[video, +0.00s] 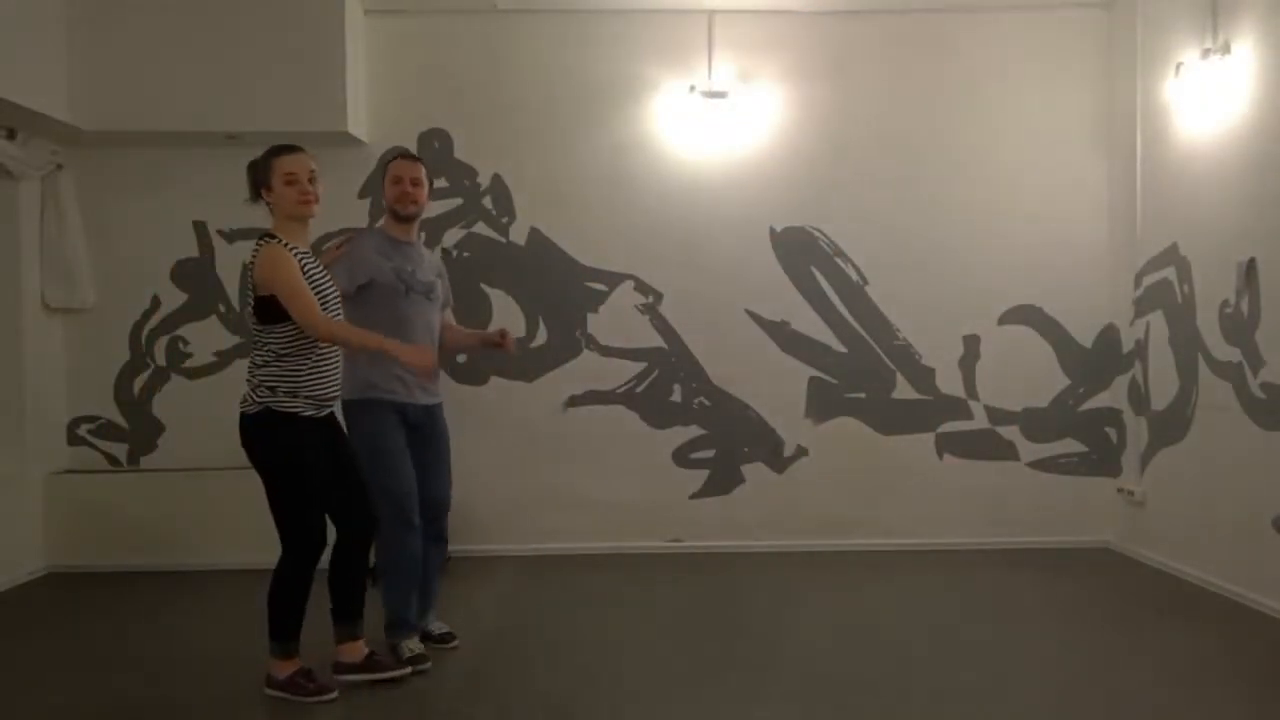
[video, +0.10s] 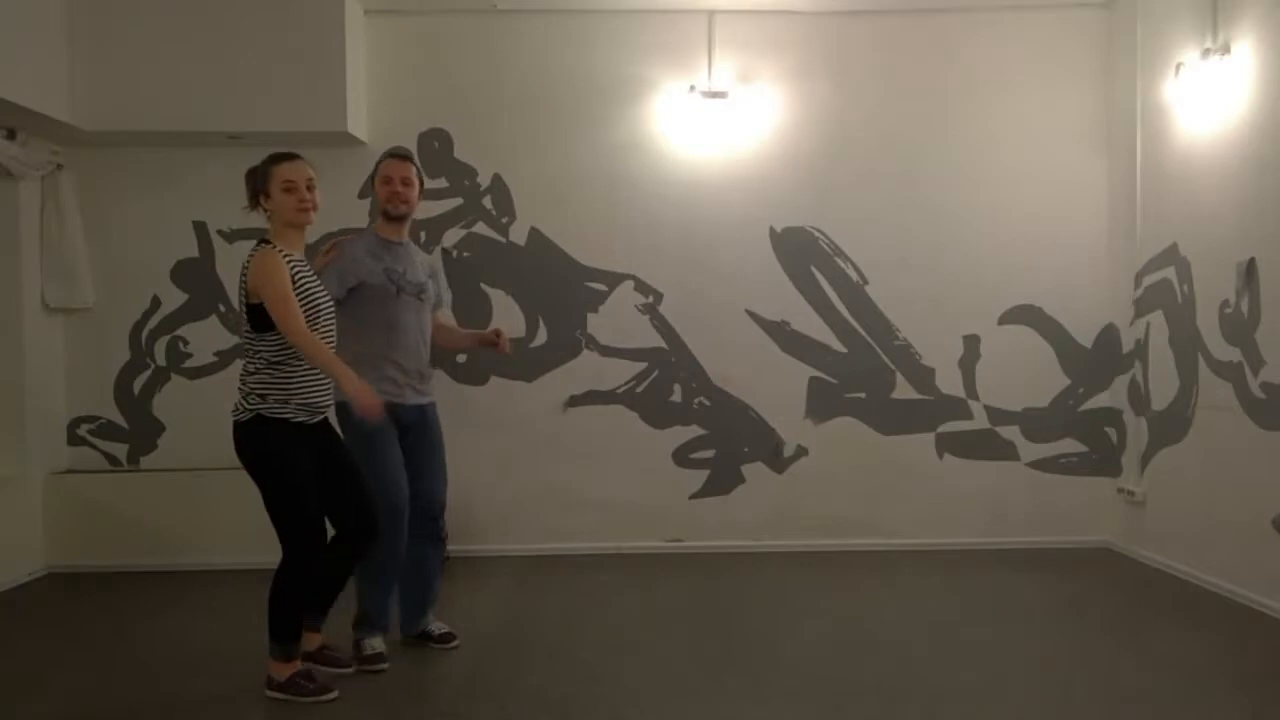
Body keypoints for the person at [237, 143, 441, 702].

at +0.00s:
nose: (307, 189)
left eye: (312, 180)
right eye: (292, 182)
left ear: (319, 189)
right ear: (267, 194)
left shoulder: (300, 254)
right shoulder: (273, 255)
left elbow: (294, 315)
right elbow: (314, 323)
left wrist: (324, 263)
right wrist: (396, 348)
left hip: (316, 417)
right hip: (277, 420)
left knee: (357, 524)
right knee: (304, 541)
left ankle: (350, 651)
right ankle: (282, 665)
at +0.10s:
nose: (303, 196)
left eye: (308, 187)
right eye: (288, 188)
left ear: (317, 196)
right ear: (264, 201)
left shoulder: (296, 260)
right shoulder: (268, 259)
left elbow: (296, 327)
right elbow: (296, 332)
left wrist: (317, 265)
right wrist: (353, 381)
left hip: (308, 421)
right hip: (269, 424)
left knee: (359, 527)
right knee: (303, 544)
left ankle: (305, 636)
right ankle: (282, 666)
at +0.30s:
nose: (298, 198)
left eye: (304, 190)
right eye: (283, 190)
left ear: (308, 199)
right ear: (256, 201)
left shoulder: (285, 257)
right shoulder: (253, 254)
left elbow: (272, 329)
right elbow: (220, 330)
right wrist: (193, 402)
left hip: (290, 417)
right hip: (260, 418)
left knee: (296, 536)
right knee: (290, 538)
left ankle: (219, 621)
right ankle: (283, 665)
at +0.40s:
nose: (293, 206)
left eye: (297, 198)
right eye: (279, 198)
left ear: (301, 208)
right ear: (250, 208)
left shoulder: (269, 264)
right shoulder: (246, 256)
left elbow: (234, 329)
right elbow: (191, 324)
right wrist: (143, 386)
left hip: (266, 420)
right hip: (253, 422)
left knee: (256, 541)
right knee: (291, 539)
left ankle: (194, 643)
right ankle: (283, 665)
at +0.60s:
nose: (278, 207)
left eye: (276, 198)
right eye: (268, 200)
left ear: (244, 211)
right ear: (239, 209)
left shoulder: (239, 263)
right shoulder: (223, 257)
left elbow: (199, 333)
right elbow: (168, 326)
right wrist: (120, 384)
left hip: (220, 418)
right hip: (207, 419)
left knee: (224, 538)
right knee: (261, 529)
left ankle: (184, 650)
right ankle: (269, 663)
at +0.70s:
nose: (260, 212)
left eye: (257, 203)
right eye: (251, 204)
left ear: (224, 214)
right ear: (225, 213)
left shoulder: (222, 267)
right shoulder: (206, 266)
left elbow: (191, 342)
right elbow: (169, 339)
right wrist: (149, 412)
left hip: (204, 424)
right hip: (193, 425)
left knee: (220, 538)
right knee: (238, 538)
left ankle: (182, 652)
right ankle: (214, 660)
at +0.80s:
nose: (241, 209)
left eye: (238, 200)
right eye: (234, 201)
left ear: (206, 211)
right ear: (207, 211)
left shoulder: (210, 262)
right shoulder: (185, 261)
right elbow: (163, 339)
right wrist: (203, 415)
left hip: (192, 422)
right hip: (171, 423)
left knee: (216, 537)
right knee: (212, 537)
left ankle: (183, 651)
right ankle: (154, 648)